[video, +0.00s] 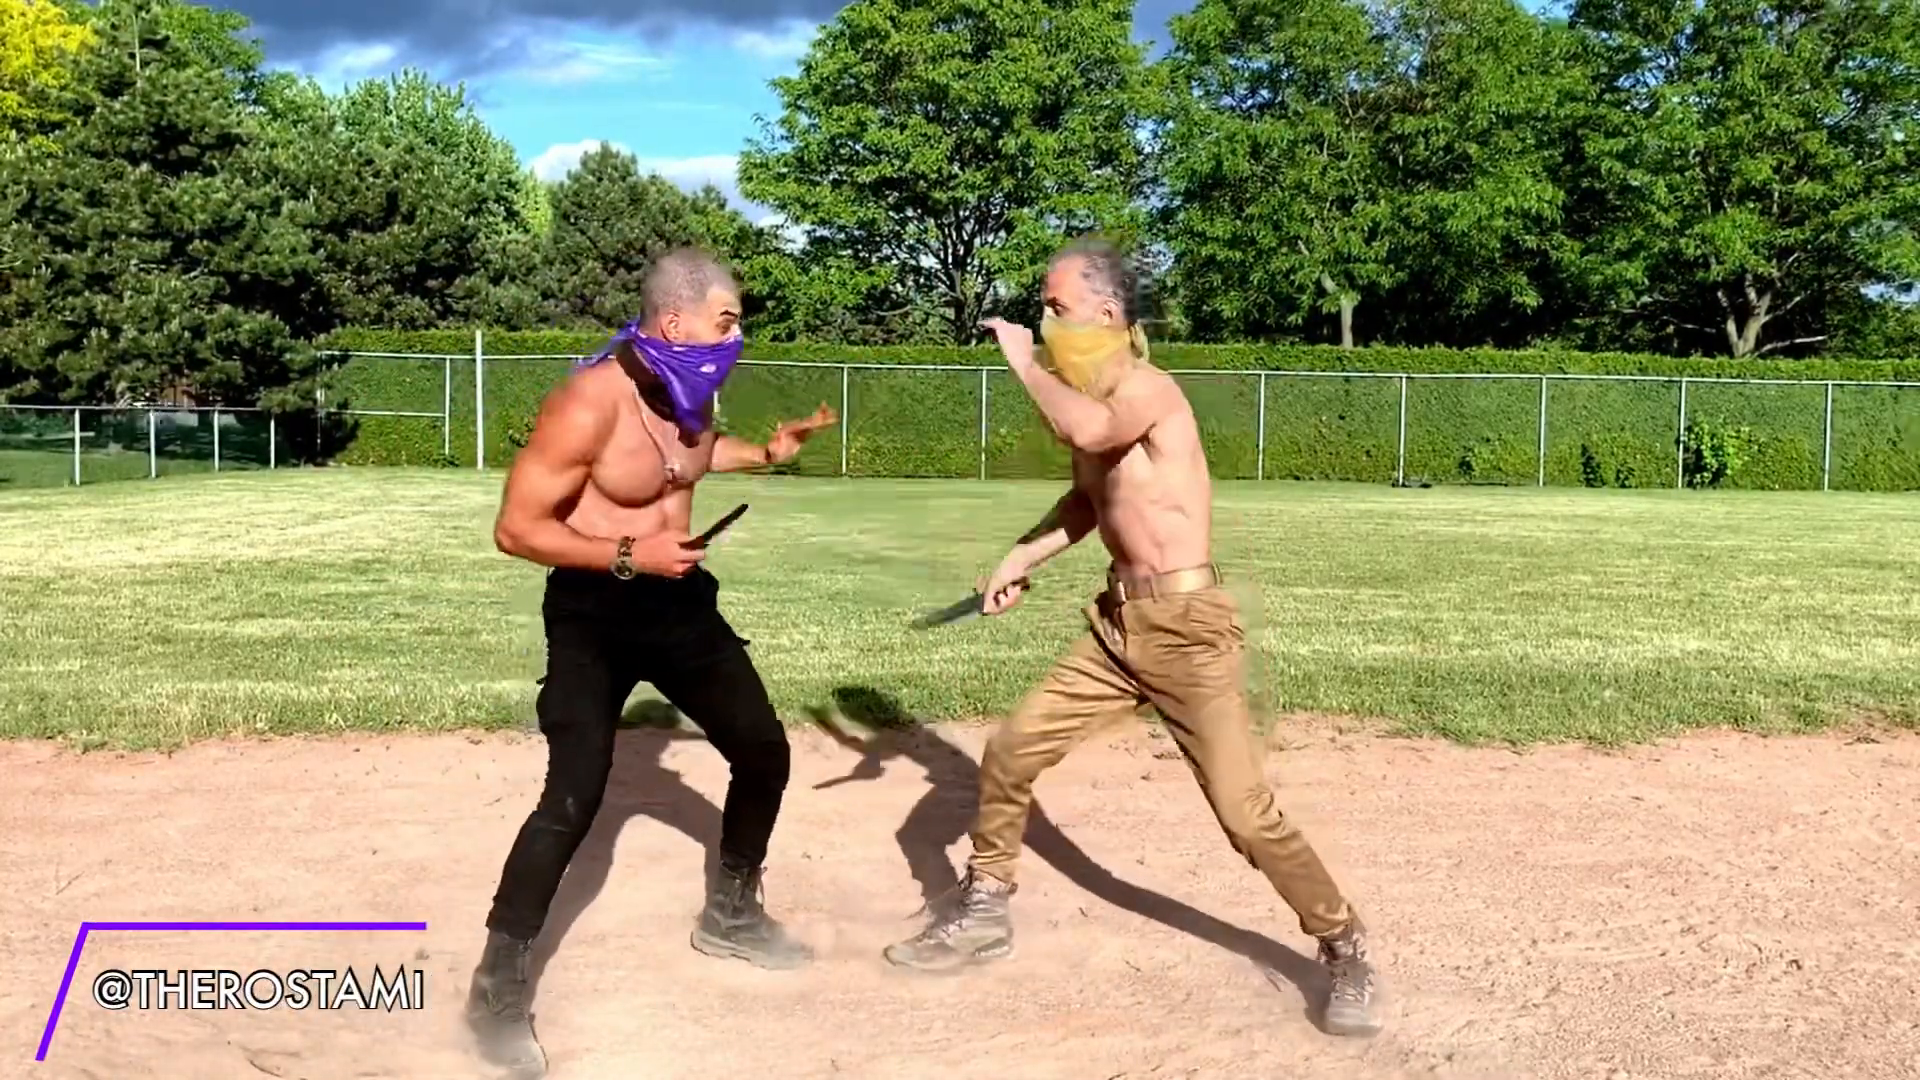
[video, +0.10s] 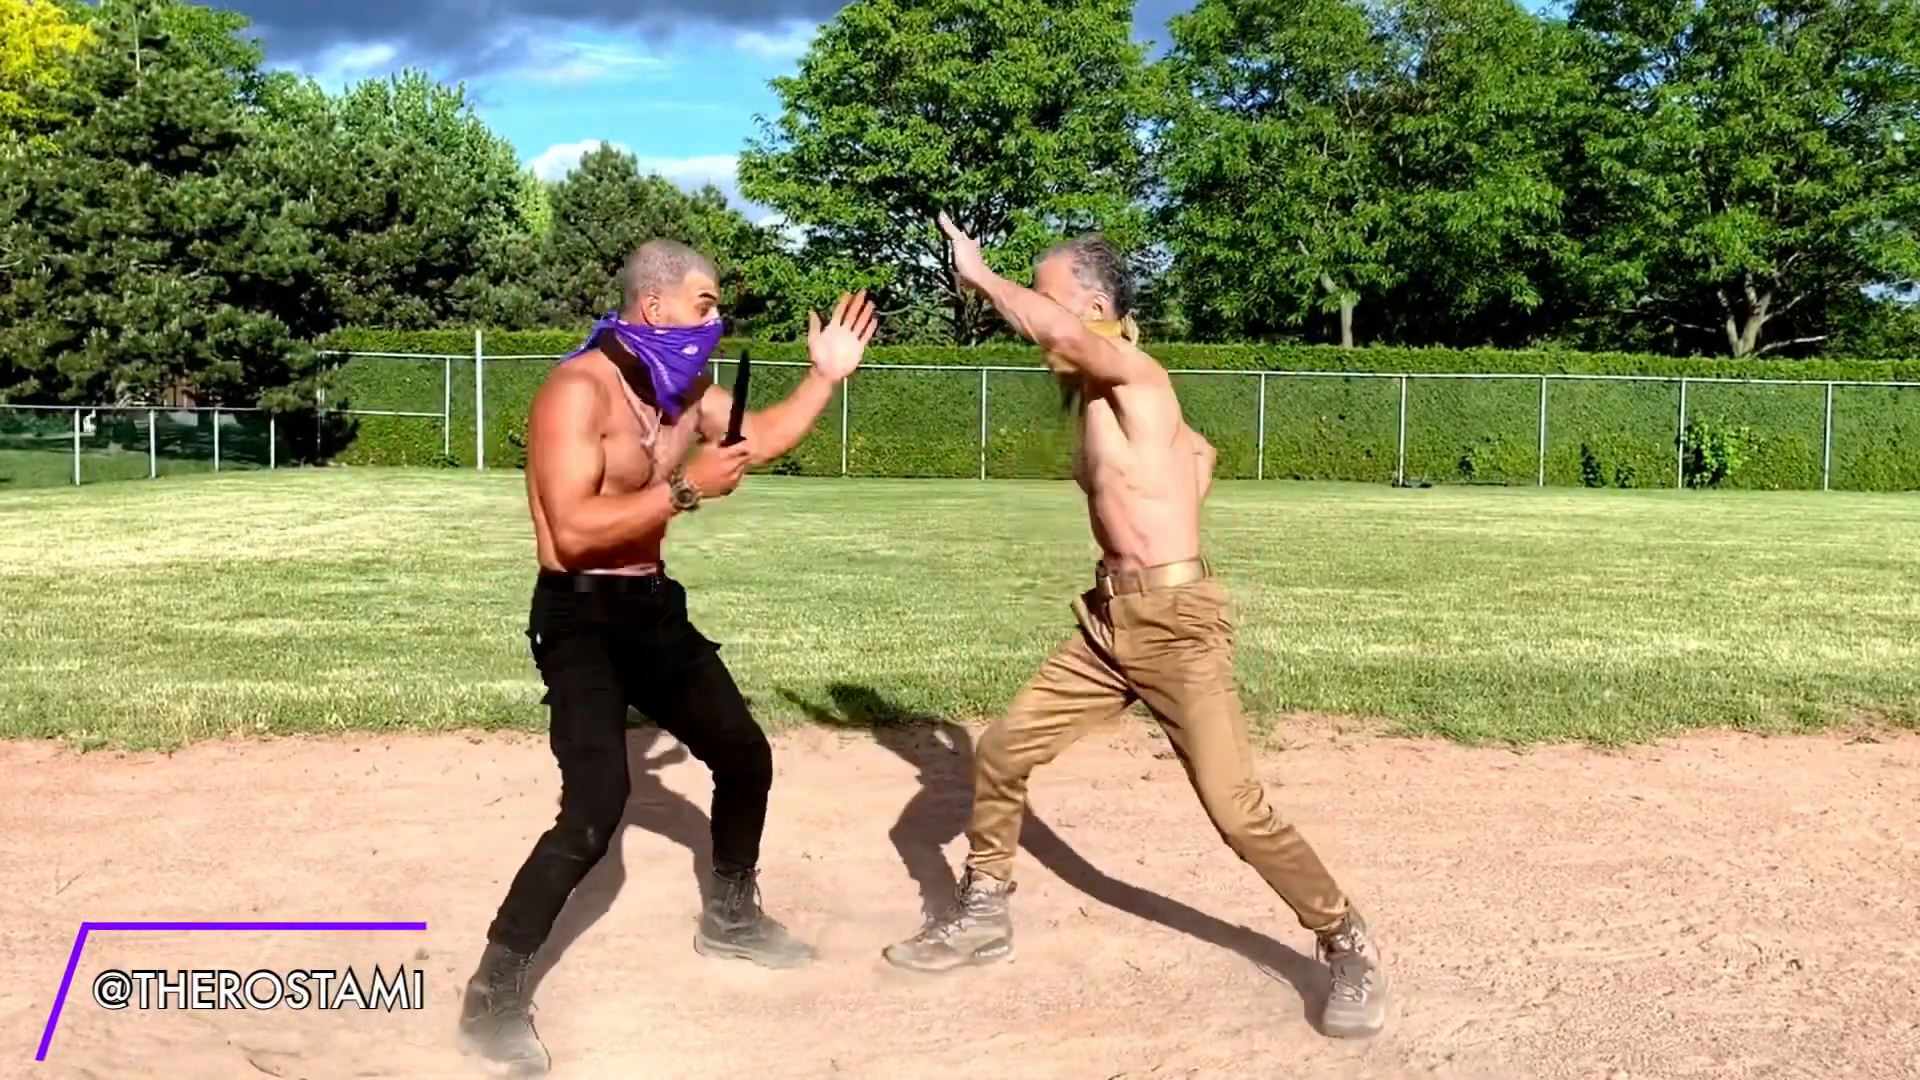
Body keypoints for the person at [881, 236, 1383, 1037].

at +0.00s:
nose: (1045, 322)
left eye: (1058, 308)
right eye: (1044, 309)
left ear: (1111, 309)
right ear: (1078, 316)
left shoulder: (1153, 389)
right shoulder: (1099, 410)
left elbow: (1094, 432)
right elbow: (1088, 506)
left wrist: (1025, 366)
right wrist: (1020, 557)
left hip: (1191, 630)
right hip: (1119, 628)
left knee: (1245, 815)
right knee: (1009, 756)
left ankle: (1344, 948)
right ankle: (984, 913)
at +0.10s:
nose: (1038, 319)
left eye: (1046, 302)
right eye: (1036, 303)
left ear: (1094, 304)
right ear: (1092, 311)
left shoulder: (1129, 367)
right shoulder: (1114, 391)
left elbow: (1060, 333)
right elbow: (1199, 455)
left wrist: (979, 276)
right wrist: (1162, 547)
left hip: (1178, 623)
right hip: (1112, 623)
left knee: (1237, 811)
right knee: (1002, 754)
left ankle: (1348, 943)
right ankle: (985, 914)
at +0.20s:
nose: (1092, 283)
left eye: (1106, 265)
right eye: (1090, 268)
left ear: (1146, 278)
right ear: (1116, 280)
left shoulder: (1158, 354)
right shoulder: (1153, 367)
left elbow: (1137, 303)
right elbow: (1236, 424)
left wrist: (1073, 211)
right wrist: (1200, 517)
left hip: (1166, 597)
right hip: (1114, 598)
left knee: (1223, 797)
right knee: (1024, 756)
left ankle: (1339, 943)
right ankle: (988, 913)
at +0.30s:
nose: (1138, 301)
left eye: (1153, 286)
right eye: (1139, 290)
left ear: (1196, 288)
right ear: (1179, 294)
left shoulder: (1204, 353)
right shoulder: (1181, 372)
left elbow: (1202, 365)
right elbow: (1236, 474)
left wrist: (1137, 264)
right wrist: (1161, 519)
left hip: (1172, 595)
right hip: (1124, 593)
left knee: (1208, 795)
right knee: (1047, 755)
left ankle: (1330, 948)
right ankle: (995, 914)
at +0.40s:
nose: (1126, 286)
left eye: (1137, 270)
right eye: (1126, 272)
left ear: (1186, 276)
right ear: (1170, 275)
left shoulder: (1232, 370)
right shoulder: (1167, 383)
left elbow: (1214, 433)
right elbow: (1167, 506)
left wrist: (1152, 336)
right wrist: (1093, 537)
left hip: (1205, 608)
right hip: (1145, 606)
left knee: (1226, 806)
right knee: (1054, 760)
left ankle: (1338, 959)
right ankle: (996, 913)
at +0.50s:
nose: (1112, 309)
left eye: (1122, 293)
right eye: (1111, 296)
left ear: (1170, 293)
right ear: (1144, 297)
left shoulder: (1232, 382)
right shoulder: (1141, 392)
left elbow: (1209, 470)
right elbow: (1142, 483)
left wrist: (1153, 362)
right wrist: (1062, 511)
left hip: (1236, 613)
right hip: (1162, 609)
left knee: (1249, 802)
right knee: (1052, 750)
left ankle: (1339, 962)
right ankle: (1025, 912)